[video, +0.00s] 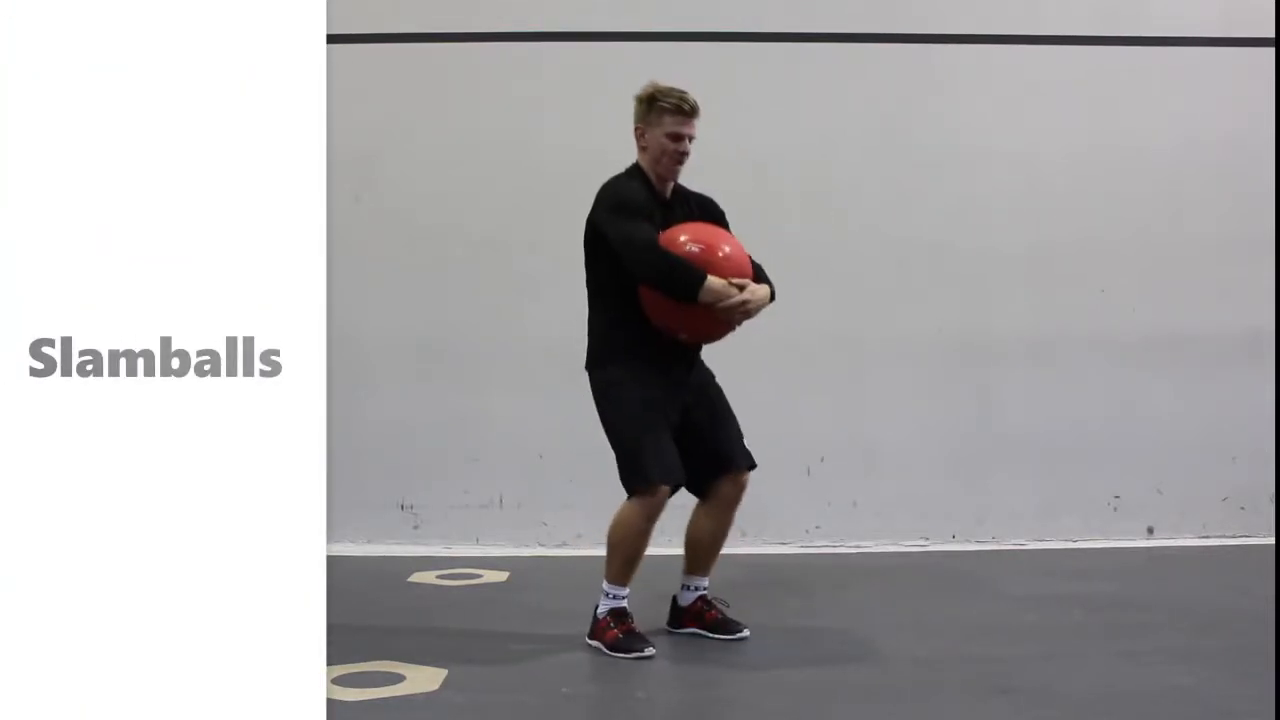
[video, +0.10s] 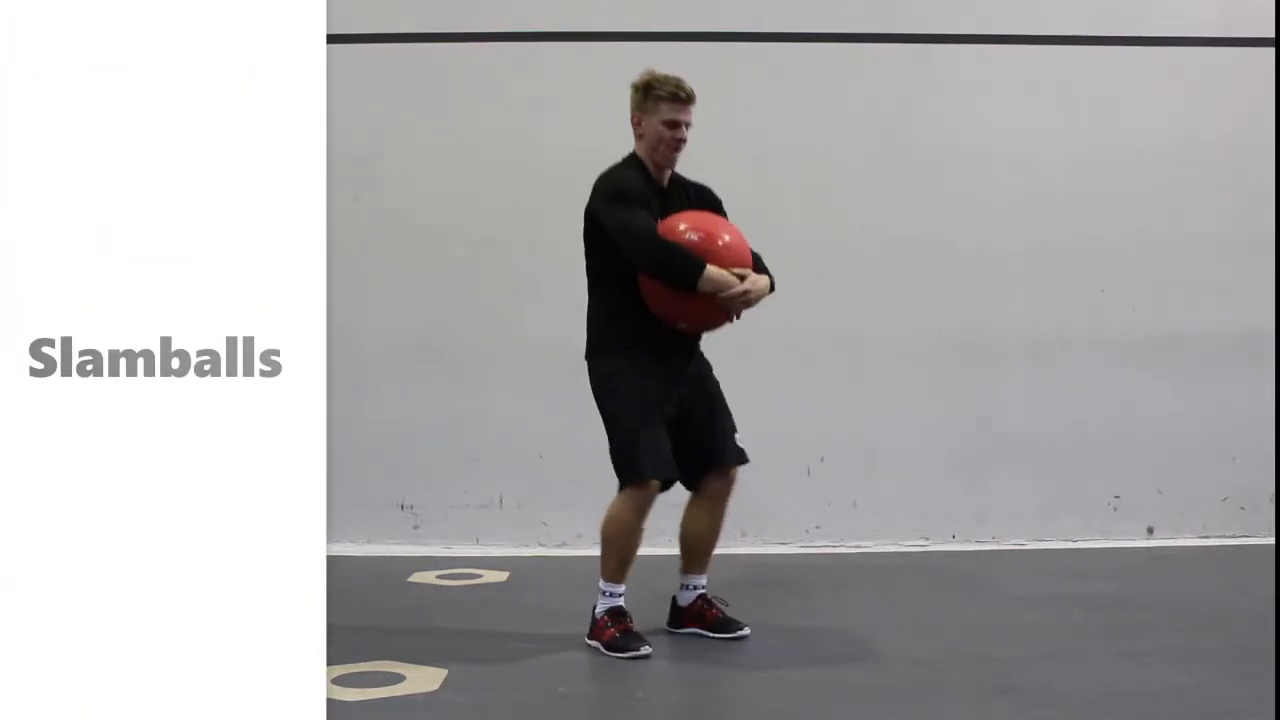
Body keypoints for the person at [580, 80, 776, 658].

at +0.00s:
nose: (682, 148)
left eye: (688, 138)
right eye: (670, 137)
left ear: (693, 140)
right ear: (640, 136)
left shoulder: (703, 209)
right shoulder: (617, 200)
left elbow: (745, 266)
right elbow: (647, 260)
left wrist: (762, 291)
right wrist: (719, 293)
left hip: (683, 363)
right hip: (623, 367)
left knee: (730, 475)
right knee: (654, 483)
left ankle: (690, 603)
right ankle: (610, 614)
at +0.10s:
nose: (678, 135)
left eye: (685, 125)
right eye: (667, 124)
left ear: (690, 128)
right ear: (637, 123)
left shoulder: (700, 199)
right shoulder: (614, 191)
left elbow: (742, 255)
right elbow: (648, 250)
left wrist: (762, 281)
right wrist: (722, 284)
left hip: (682, 354)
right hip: (623, 358)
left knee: (718, 470)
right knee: (643, 479)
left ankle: (690, 601)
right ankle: (609, 612)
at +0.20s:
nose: (672, 117)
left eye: (679, 108)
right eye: (661, 107)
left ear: (685, 110)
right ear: (631, 107)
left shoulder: (697, 181)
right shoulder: (611, 175)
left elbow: (744, 239)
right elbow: (642, 233)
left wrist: (762, 266)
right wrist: (716, 267)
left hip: (681, 343)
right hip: (623, 346)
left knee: (699, 465)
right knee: (627, 472)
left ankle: (688, 599)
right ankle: (605, 608)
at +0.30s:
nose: (668, 116)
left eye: (676, 106)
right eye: (658, 105)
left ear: (681, 109)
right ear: (627, 105)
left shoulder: (694, 178)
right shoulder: (607, 176)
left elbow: (743, 235)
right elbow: (643, 233)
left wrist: (761, 261)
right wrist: (723, 263)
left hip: (680, 342)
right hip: (623, 346)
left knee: (699, 465)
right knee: (623, 474)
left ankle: (690, 600)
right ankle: (604, 611)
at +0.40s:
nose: (665, 119)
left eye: (672, 109)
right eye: (655, 107)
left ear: (679, 110)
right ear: (624, 106)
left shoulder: (693, 178)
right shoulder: (604, 176)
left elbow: (740, 235)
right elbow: (638, 233)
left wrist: (759, 262)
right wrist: (715, 265)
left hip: (684, 344)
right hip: (624, 348)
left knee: (705, 464)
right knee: (624, 473)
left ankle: (696, 599)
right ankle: (597, 610)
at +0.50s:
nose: (664, 118)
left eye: (672, 108)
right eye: (653, 107)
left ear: (680, 109)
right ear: (625, 104)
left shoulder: (695, 177)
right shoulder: (603, 174)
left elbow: (741, 238)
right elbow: (635, 232)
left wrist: (756, 263)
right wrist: (713, 265)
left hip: (683, 341)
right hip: (621, 344)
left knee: (708, 459)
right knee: (616, 470)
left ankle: (703, 595)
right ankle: (584, 609)